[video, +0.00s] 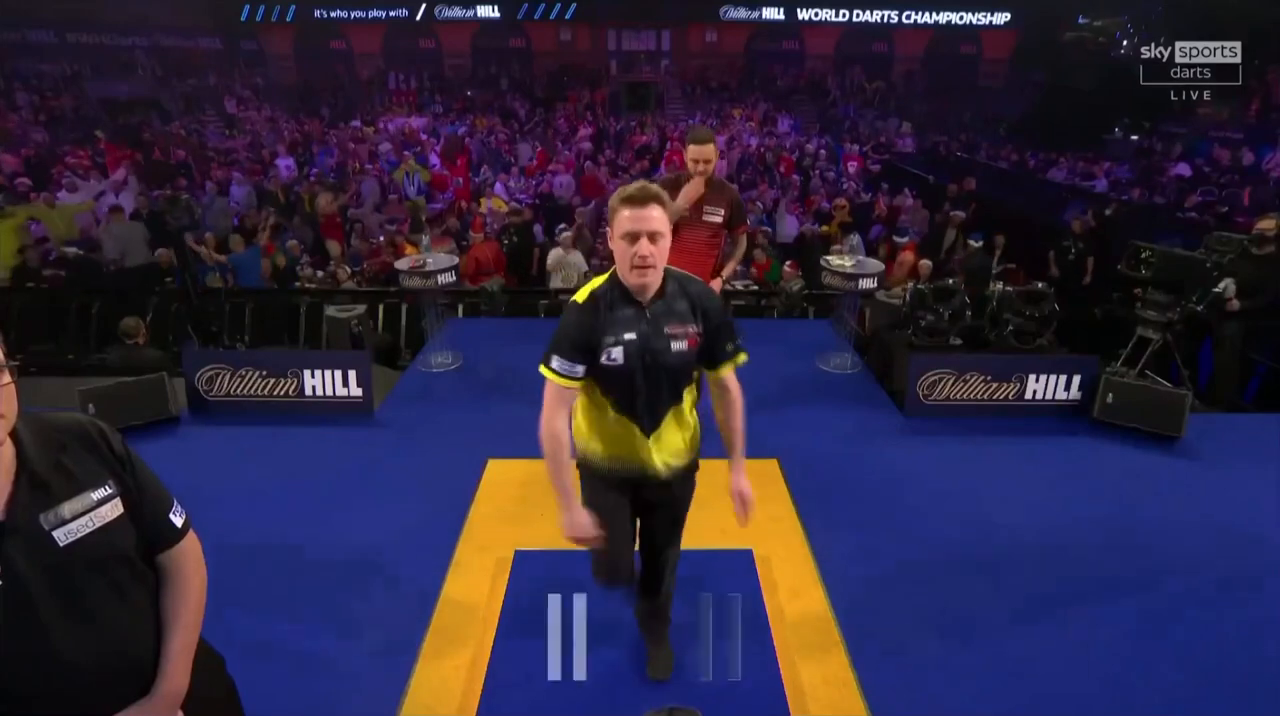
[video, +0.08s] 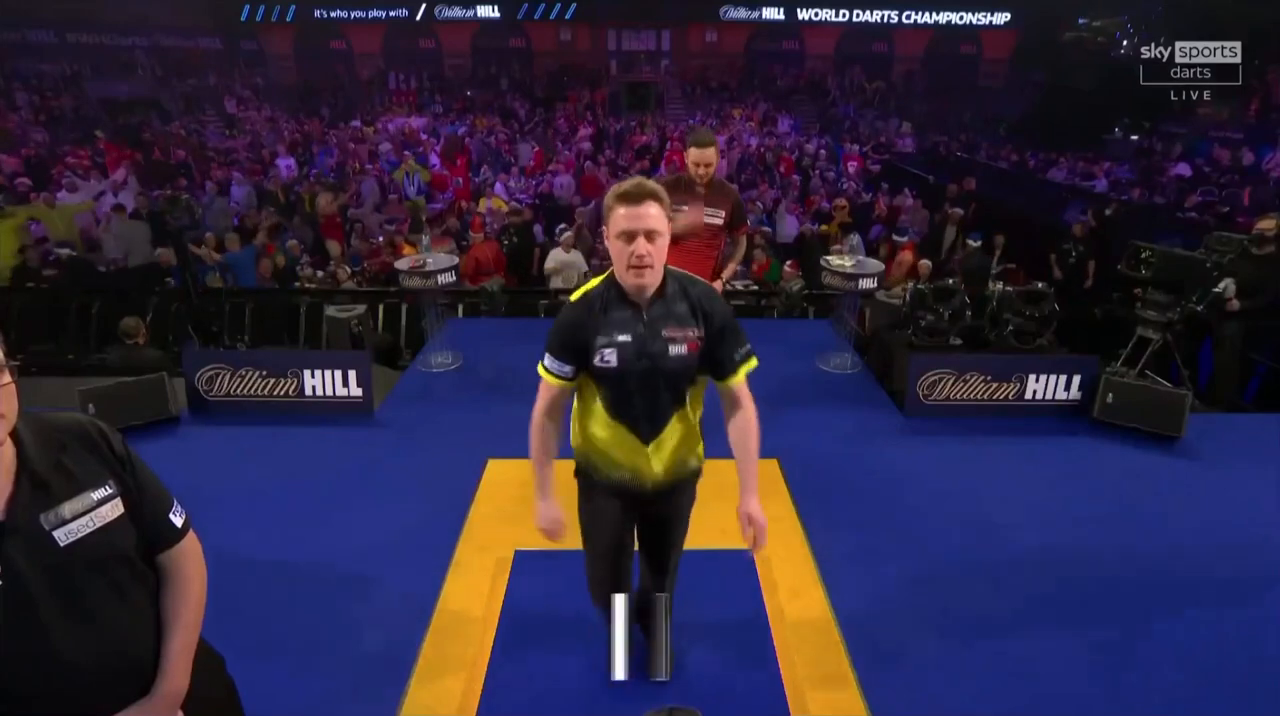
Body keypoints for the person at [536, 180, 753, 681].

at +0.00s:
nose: (643, 250)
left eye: (654, 237)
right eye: (630, 238)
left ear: (670, 241)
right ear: (610, 244)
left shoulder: (700, 301)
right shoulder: (588, 310)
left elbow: (725, 385)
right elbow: (554, 413)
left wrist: (738, 468)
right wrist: (569, 504)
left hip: (672, 457)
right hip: (605, 458)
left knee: (660, 567)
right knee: (614, 571)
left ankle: (656, 631)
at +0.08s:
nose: (640, 250)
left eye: (652, 236)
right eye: (627, 237)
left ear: (669, 239)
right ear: (606, 242)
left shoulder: (703, 306)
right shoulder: (583, 311)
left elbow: (739, 404)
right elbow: (546, 408)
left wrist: (749, 496)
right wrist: (544, 497)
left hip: (673, 475)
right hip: (604, 476)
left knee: (661, 578)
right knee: (607, 590)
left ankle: (656, 641)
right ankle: (621, 628)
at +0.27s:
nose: (629, 266)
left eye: (641, 251)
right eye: (615, 253)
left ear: (662, 252)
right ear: (594, 260)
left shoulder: (705, 327)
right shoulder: (574, 329)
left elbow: (751, 432)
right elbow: (539, 401)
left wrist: (741, 516)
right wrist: (514, 479)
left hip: (674, 505)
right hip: (600, 506)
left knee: (658, 595)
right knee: (615, 643)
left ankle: (655, 653)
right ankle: (610, 707)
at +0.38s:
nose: (617, 291)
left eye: (630, 275)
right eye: (602, 276)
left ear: (654, 277)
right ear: (580, 283)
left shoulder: (695, 356)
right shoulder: (565, 350)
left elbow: (748, 480)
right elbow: (535, 413)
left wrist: (720, 541)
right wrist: (507, 483)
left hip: (666, 555)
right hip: (592, 552)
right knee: (607, 688)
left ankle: (660, 663)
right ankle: (613, 704)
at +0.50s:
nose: (603, 306)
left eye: (619, 288)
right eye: (587, 290)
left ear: (643, 291)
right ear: (563, 296)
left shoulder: (685, 375)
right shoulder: (554, 367)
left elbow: (735, 517)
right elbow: (531, 432)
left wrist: (683, 598)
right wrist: (505, 506)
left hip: (663, 555)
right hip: (576, 550)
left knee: (663, 674)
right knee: (586, 694)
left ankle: (669, 702)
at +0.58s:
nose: (597, 317)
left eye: (613, 297)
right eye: (579, 299)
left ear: (638, 298)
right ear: (553, 303)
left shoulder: (680, 387)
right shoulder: (546, 377)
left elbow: (729, 534)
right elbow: (527, 443)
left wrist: (677, 648)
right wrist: (502, 528)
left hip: (657, 614)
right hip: (565, 605)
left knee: (650, 706)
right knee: (574, 705)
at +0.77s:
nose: (588, 345)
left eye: (607, 324)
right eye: (569, 325)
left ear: (637, 321)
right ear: (540, 322)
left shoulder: (677, 429)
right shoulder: (536, 401)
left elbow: (730, 610)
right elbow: (504, 472)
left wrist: (690, 708)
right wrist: (487, 581)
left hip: (653, 687)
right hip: (562, 672)